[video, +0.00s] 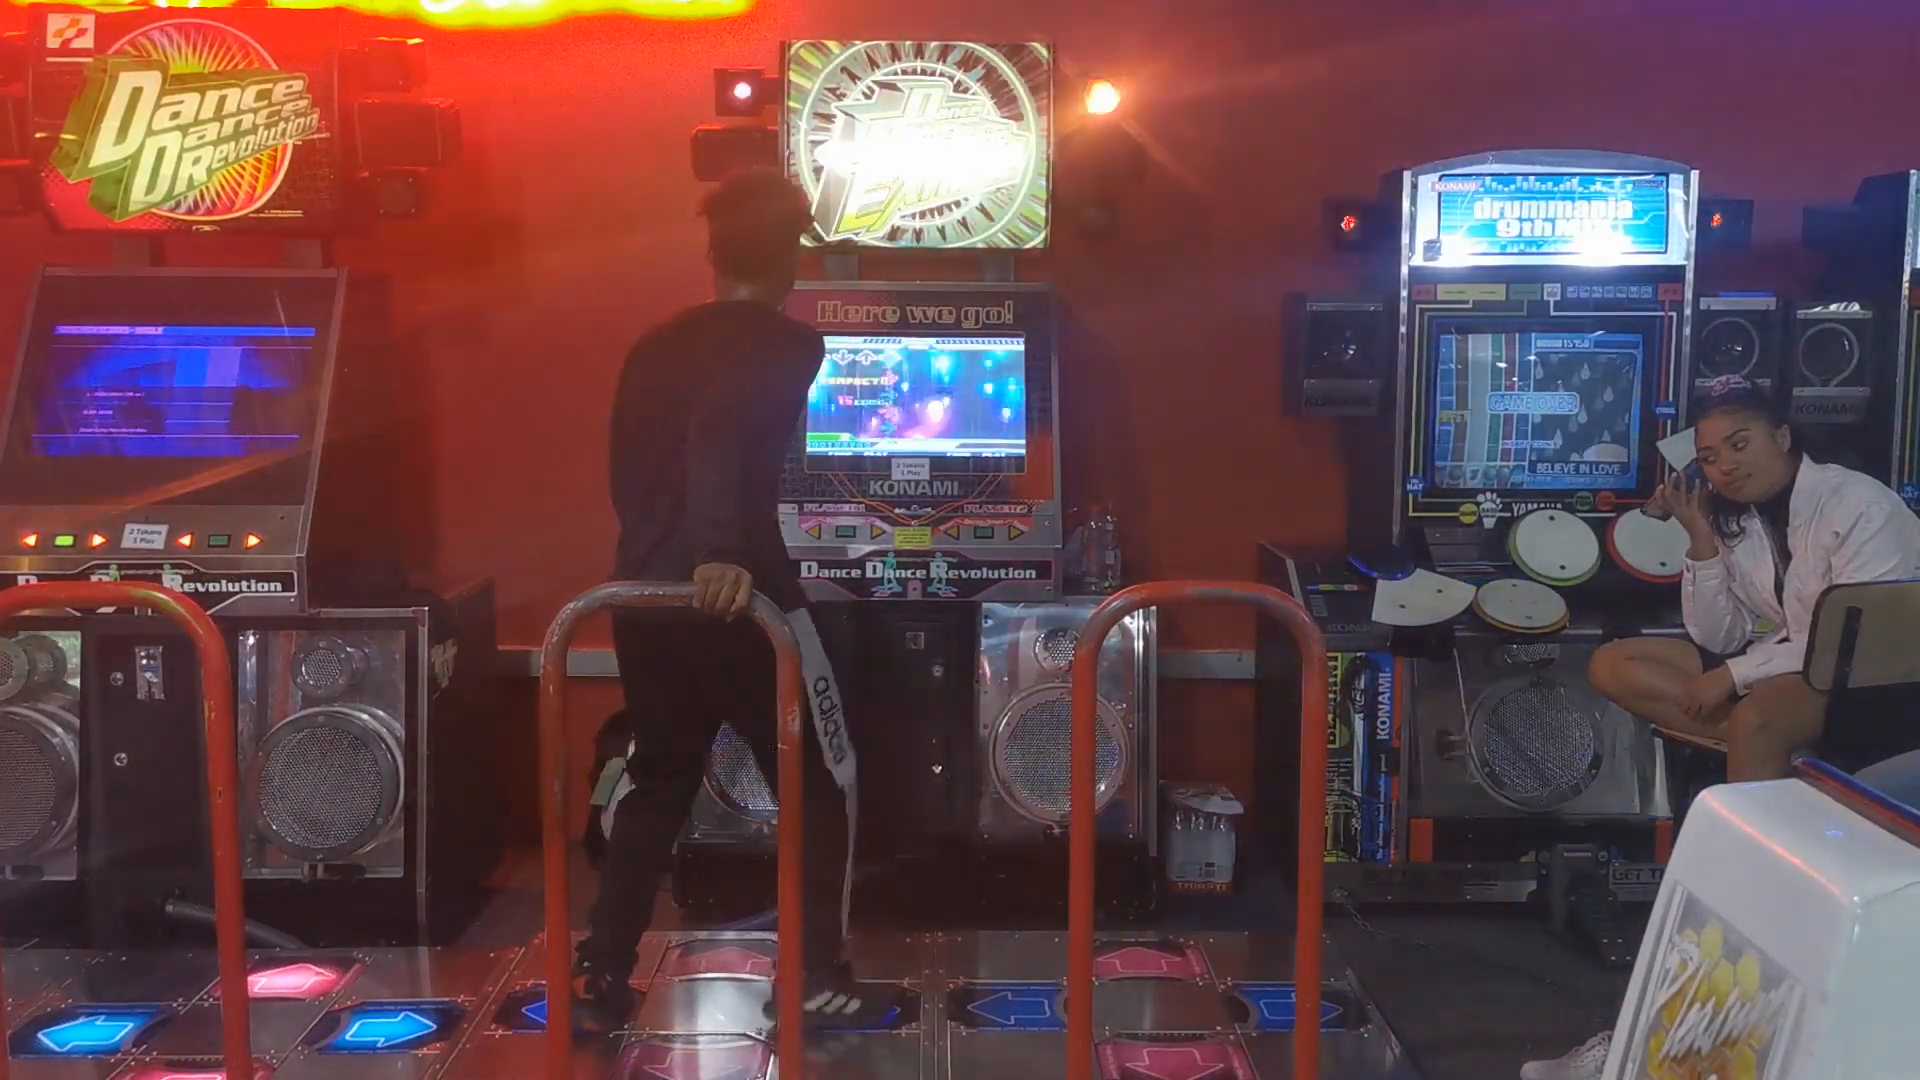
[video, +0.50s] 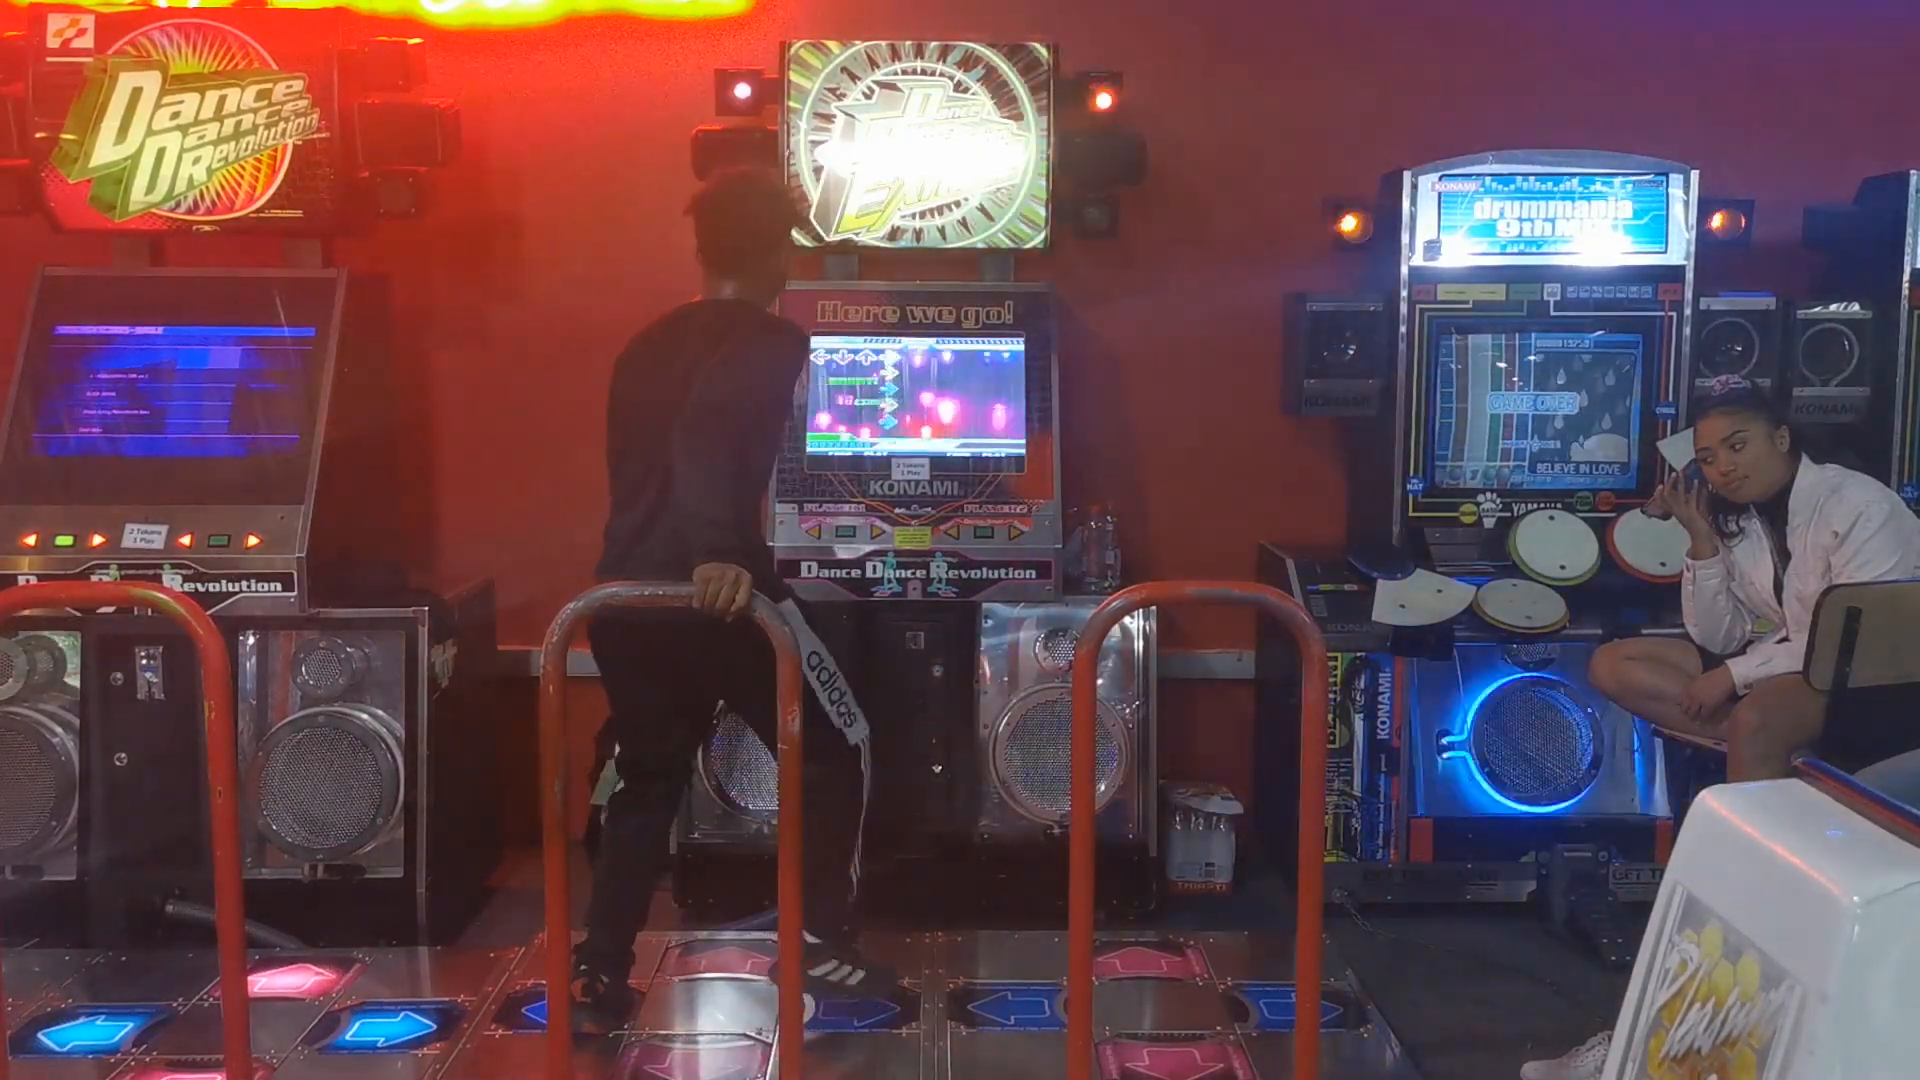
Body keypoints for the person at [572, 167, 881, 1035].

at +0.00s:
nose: (804, 260)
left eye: (799, 246)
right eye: (801, 247)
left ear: (716, 255)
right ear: (790, 254)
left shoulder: (655, 346)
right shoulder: (789, 342)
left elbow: (628, 478)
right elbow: (724, 432)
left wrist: (656, 552)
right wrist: (719, 545)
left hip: (649, 604)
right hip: (750, 600)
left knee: (657, 783)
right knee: (816, 788)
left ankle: (603, 978)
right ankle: (820, 982)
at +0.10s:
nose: (804, 260)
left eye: (799, 247)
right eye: (801, 247)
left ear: (719, 255)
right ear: (790, 254)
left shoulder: (658, 348)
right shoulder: (781, 341)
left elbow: (637, 481)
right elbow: (719, 433)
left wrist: (651, 569)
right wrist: (720, 546)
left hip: (643, 600)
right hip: (740, 591)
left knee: (662, 771)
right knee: (842, 741)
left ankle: (602, 973)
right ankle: (820, 946)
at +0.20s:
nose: (805, 261)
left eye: (800, 248)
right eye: (801, 248)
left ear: (719, 256)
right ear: (790, 255)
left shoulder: (660, 349)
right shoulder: (781, 341)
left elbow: (642, 483)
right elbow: (722, 434)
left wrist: (660, 571)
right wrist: (719, 545)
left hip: (653, 603)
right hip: (745, 603)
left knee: (660, 784)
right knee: (821, 781)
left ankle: (602, 977)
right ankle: (828, 976)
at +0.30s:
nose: (800, 260)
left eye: (796, 246)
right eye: (797, 246)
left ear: (716, 253)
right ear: (785, 253)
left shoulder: (652, 346)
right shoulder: (774, 339)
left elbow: (647, 475)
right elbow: (716, 433)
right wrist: (716, 546)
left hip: (637, 595)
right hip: (738, 590)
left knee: (653, 775)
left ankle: (601, 977)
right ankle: (823, 945)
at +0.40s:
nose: (793, 262)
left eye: (789, 249)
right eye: (791, 249)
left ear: (710, 254)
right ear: (779, 254)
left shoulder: (649, 348)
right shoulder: (773, 340)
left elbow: (635, 476)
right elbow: (717, 432)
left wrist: (658, 562)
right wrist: (718, 547)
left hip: (644, 606)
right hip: (739, 606)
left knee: (655, 785)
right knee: (812, 780)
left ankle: (601, 977)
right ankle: (822, 977)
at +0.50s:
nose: (791, 258)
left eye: (788, 244)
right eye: (788, 244)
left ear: (704, 253)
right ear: (776, 252)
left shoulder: (643, 349)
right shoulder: (769, 340)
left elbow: (632, 479)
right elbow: (716, 431)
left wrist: (652, 559)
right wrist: (716, 546)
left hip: (630, 599)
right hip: (729, 596)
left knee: (645, 780)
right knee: (833, 753)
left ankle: (599, 978)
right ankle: (819, 950)